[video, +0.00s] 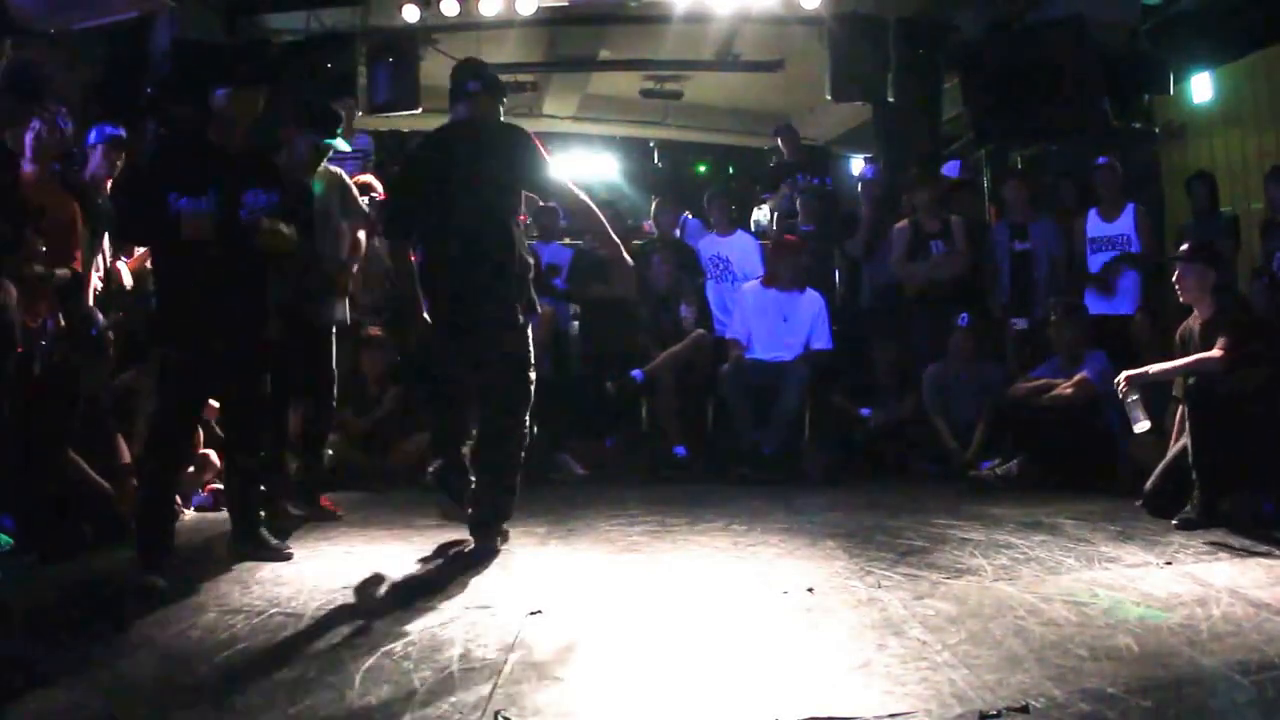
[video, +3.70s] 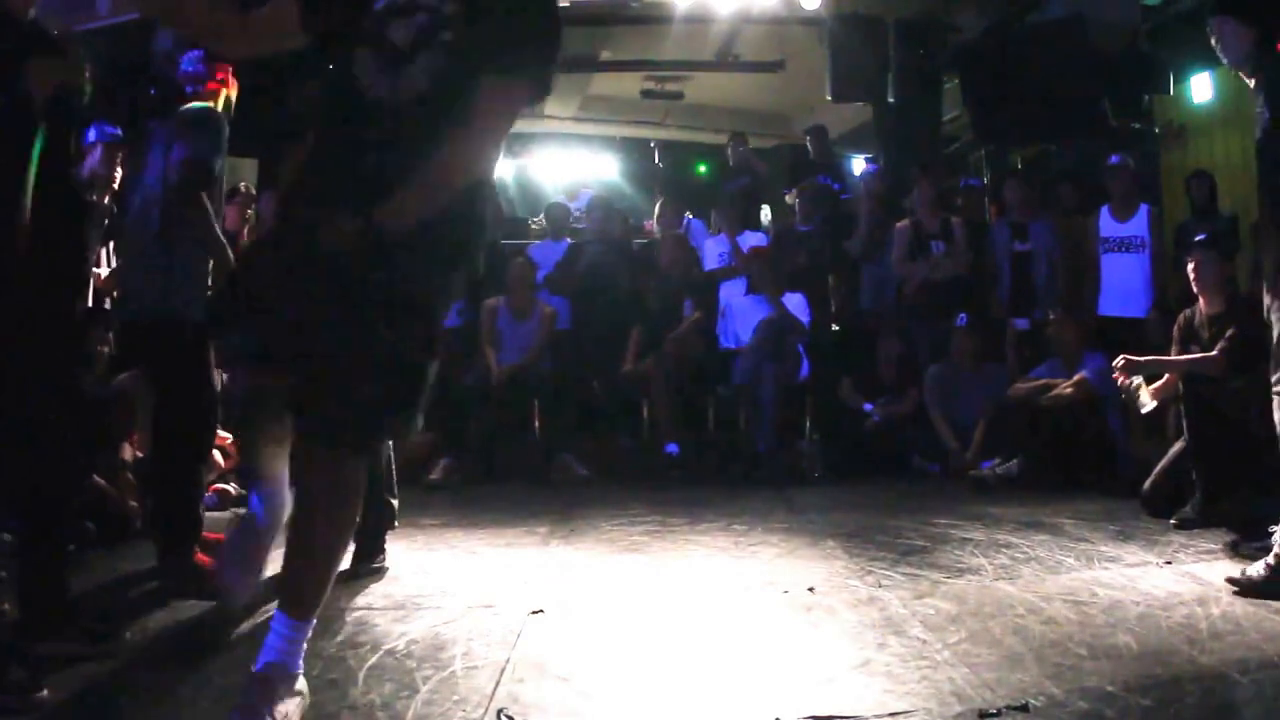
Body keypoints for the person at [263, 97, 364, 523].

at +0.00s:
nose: (320, 153)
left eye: (324, 145)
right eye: (316, 144)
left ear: (322, 143)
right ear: (300, 140)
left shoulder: (336, 181)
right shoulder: (278, 179)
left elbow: (358, 232)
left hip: (322, 303)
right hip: (282, 302)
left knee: (322, 395)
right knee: (280, 394)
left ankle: (311, 485)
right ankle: (278, 486)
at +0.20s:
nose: (312, 153)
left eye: (316, 145)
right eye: (306, 144)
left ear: (321, 146)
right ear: (288, 142)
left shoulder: (324, 185)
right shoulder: (261, 183)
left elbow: (330, 240)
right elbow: (254, 243)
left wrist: (328, 288)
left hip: (313, 309)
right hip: (270, 310)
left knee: (321, 402)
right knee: (267, 403)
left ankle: (306, 484)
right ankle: (273, 490)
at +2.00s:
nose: (282, 113)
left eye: (284, 104)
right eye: (272, 104)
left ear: (280, 109)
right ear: (241, 106)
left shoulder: (294, 164)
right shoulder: (200, 163)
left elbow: (302, 229)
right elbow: (168, 224)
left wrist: (293, 284)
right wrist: (186, 268)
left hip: (268, 307)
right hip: (211, 306)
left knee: (262, 411)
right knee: (216, 415)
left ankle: (264, 511)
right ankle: (232, 515)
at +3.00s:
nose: (259, 71)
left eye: (260, 60)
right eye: (249, 59)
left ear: (249, 69)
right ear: (217, 61)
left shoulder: (239, 137)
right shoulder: (185, 124)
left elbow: (232, 222)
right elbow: (148, 201)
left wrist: (256, 260)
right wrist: (196, 259)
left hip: (221, 303)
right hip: (175, 306)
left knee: (243, 423)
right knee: (182, 426)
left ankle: (216, 536)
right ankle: (180, 553)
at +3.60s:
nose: (236, 96)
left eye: (235, 86)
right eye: (232, 85)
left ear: (199, 81)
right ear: (216, 83)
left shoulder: (185, 120)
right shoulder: (192, 117)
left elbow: (172, 209)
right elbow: (163, 199)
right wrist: (207, 254)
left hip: (166, 297)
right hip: (167, 301)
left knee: (179, 422)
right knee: (183, 425)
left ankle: (179, 535)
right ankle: (179, 554)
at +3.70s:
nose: (233, 100)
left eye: (231, 94)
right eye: (231, 93)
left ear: (193, 88)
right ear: (221, 91)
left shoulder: (169, 126)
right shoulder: (205, 120)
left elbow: (128, 210)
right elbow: (190, 197)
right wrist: (229, 263)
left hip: (150, 301)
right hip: (176, 305)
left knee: (175, 422)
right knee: (191, 422)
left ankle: (171, 541)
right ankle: (179, 550)